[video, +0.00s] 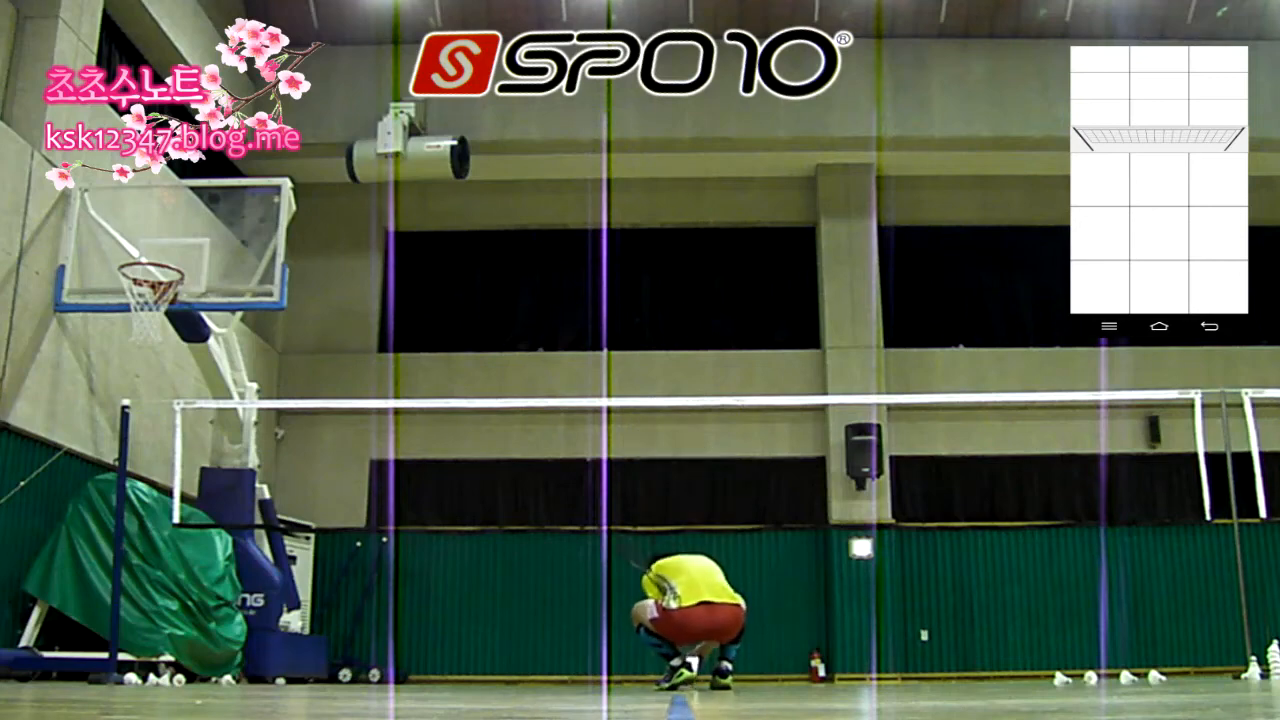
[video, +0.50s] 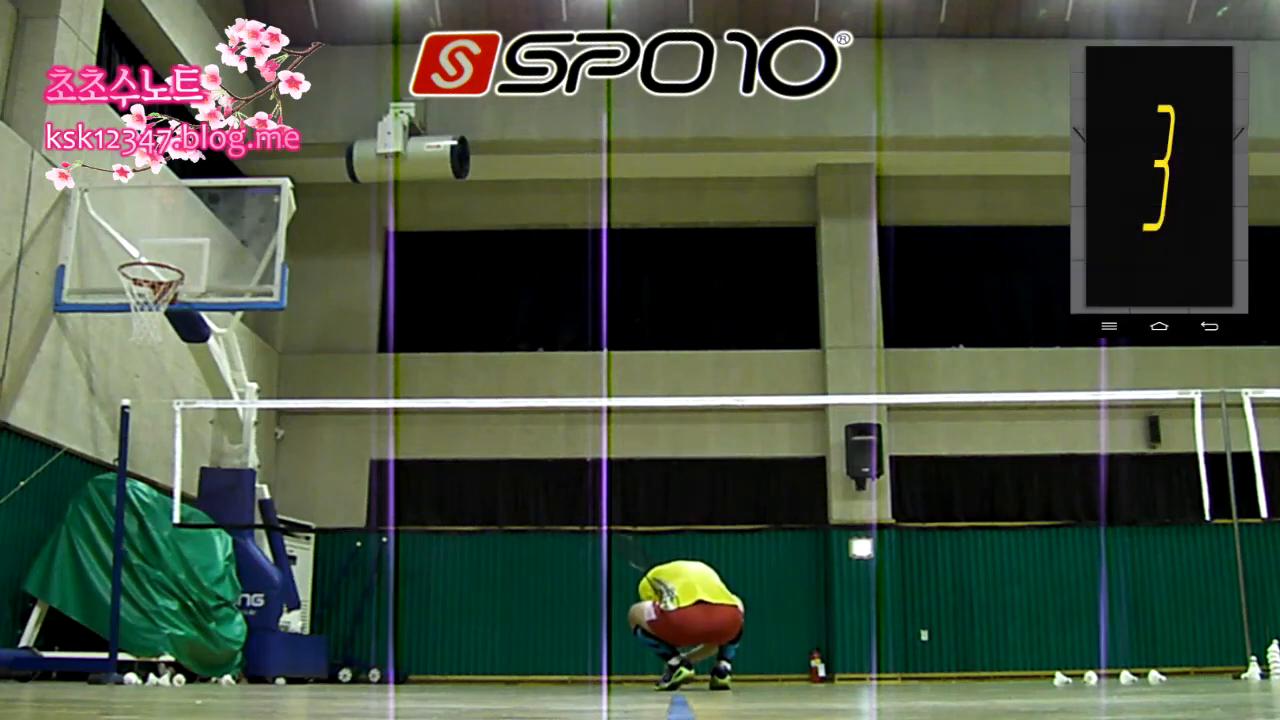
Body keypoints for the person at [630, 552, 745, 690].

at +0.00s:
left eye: (649, 573)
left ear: (652, 568)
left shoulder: (651, 575)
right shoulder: (705, 562)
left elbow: (662, 614)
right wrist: (700, 654)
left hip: (686, 619)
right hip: (729, 618)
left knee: (638, 612)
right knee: (739, 604)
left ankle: (678, 666)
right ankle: (724, 669)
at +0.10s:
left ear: (652, 571)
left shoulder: (650, 577)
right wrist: (694, 659)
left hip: (684, 621)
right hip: (728, 619)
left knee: (636, 613)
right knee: (739, 604)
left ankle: (676, 666)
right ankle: (723, 670)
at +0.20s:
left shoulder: (648, 580)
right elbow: (723, 636)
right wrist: (692, 660)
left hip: (683, 621)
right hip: (727, 620)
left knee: (635, 614)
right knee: (738, 603)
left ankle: (675, 666)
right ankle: (723, 669)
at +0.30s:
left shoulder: (648, 581)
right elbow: (719, 640)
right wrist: (687, 660)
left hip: (682, 621)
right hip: (727, 619)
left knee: (635, 614)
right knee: (738, 604)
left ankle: (676, 665)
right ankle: (723, 669)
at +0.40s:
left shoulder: (647, 582)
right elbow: (719, 640)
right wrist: (686, 660)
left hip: (682, 621)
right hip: (727, 620)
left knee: (634, 614)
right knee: (738, 604)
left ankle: (675, 665)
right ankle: (723, 669)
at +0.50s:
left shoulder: (647, 582)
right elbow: (718, 641)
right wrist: (686, 660)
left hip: (683, 621)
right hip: (727, 620)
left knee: (634, 614)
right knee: (738, 605)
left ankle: (675, 664)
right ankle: (723, 669)